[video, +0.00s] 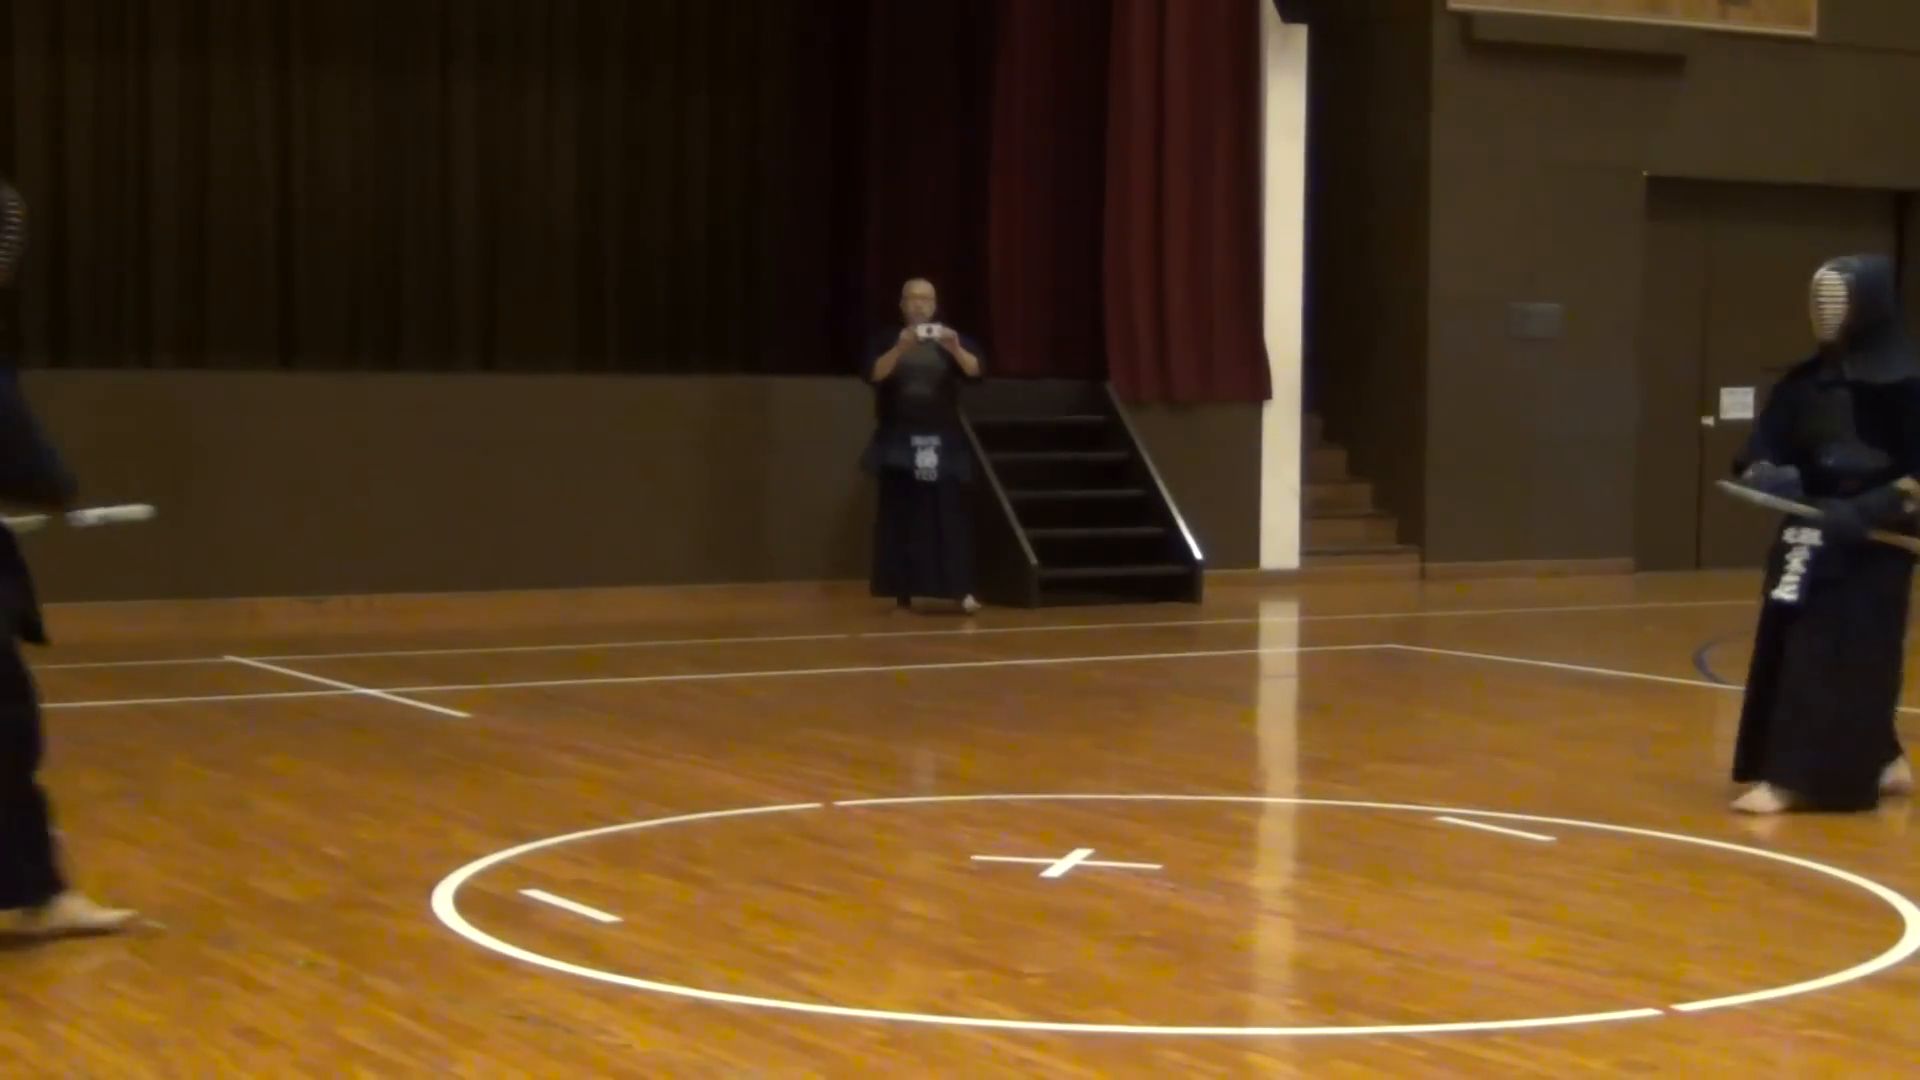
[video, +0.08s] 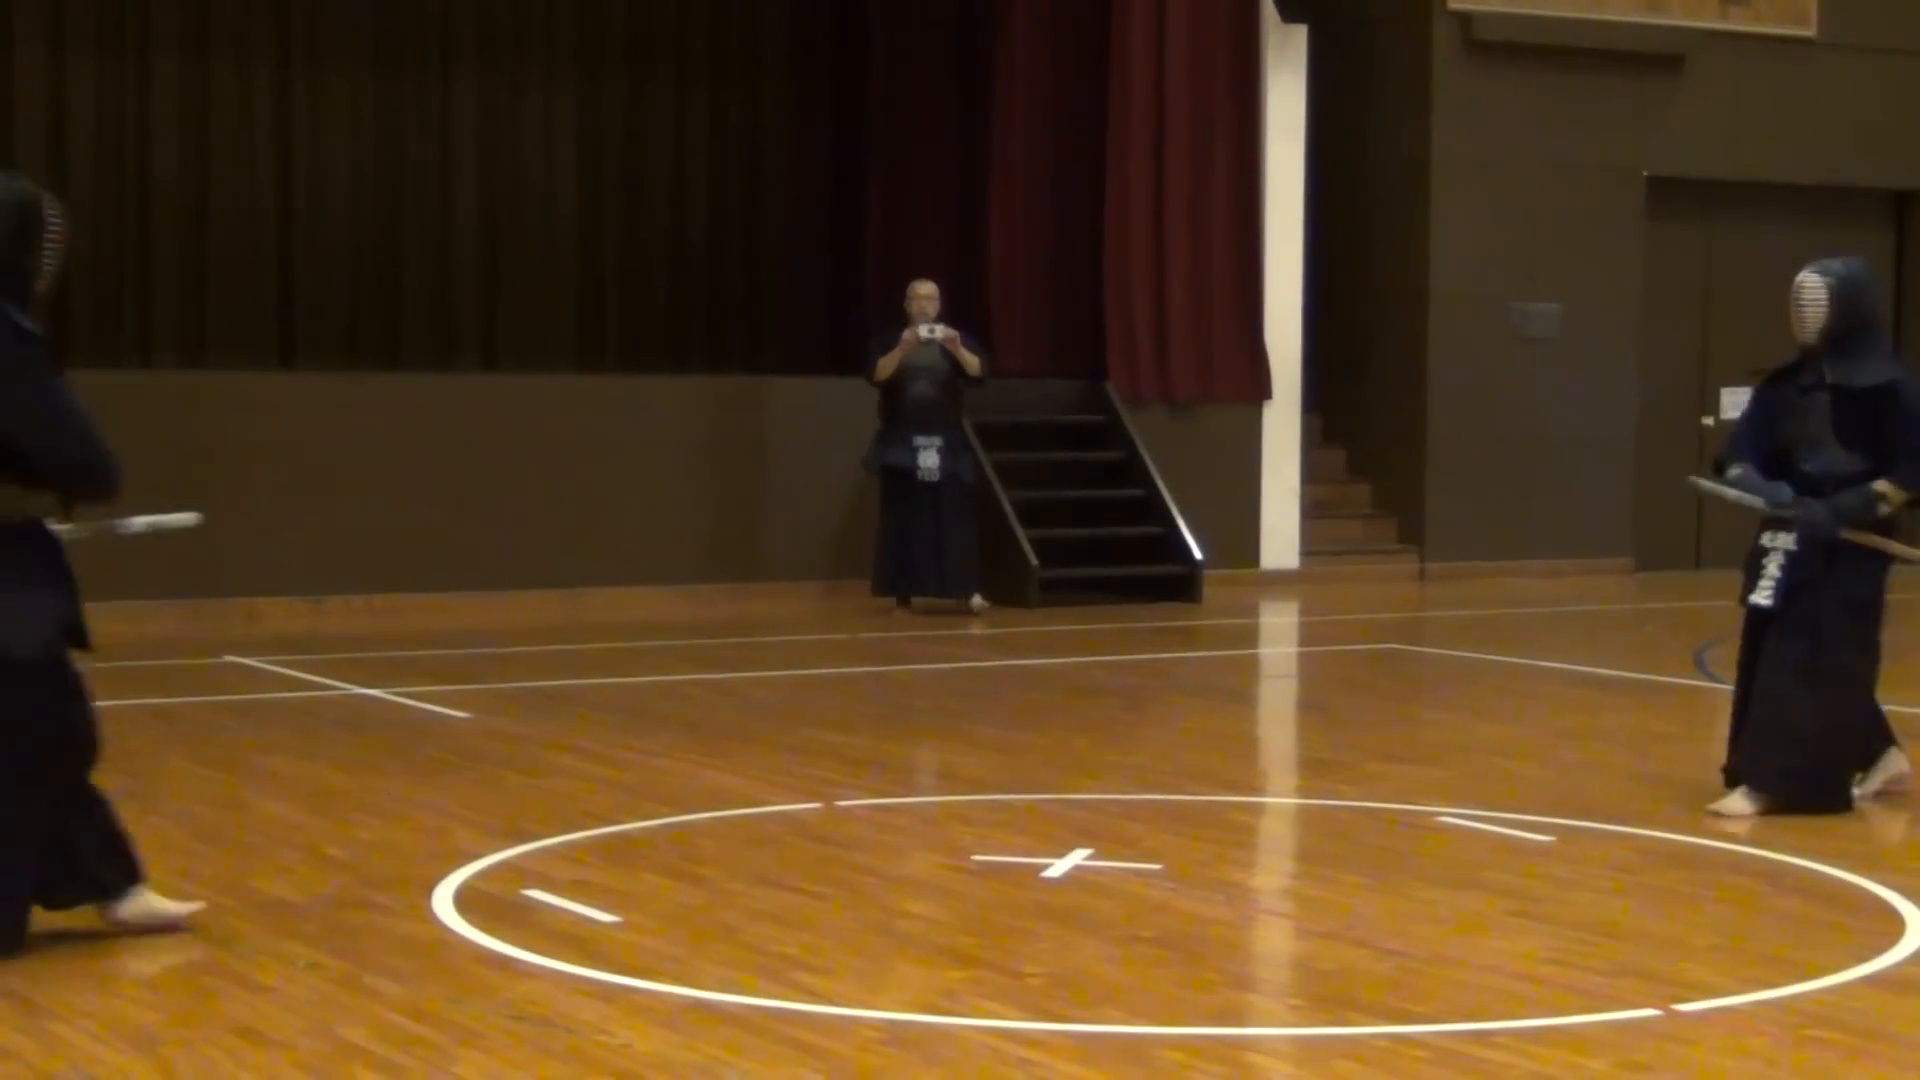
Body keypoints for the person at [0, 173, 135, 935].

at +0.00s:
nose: (15, 246)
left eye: (14, 228)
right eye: (11, 228)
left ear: (14, 236)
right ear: (3, 237)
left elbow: (10, 420)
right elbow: (9, 425)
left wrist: (48, 483)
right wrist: (52, 484)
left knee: (10, 721)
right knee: (8, 719)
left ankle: (31, 886)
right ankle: (28, 887)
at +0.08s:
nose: (55, 260)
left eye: (56, 243)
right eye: (46, 244)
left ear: (23, 249)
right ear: (20, 249)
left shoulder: (21, 336)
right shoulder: (13, 341)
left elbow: (71, 452)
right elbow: (76, 458)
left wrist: (72, 482)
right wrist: (82, 484)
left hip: (26, 586)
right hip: (19, 592)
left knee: (51, 737)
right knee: (44, 739)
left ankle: (109, 882)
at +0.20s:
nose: (120, 261)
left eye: (120, 245)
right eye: (111, 246)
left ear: (37, 246)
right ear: (77, 251)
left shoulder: (24, 326)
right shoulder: (67, 340)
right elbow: (160, 460)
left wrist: (133, 493)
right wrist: (141, 500)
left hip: (21, 560)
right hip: (57, 569)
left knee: (45, 727)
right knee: (108, 722)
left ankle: (46, 896)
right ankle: (126, 898)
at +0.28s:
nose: (161, 251)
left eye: (159, 235)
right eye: (150, 237)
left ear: (72, 242)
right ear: (115, 245)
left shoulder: (33, 324)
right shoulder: (118, 339)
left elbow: (45, 443)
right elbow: (195, 458)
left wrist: (163, 478)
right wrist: (180, 492)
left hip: (52, 550)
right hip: (114, 558)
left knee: (68, 717)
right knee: (145, 717)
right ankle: (32, 870)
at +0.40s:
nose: (215, 251)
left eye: (215, 236)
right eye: (206, 237)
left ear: (128, 239)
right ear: (171, 242)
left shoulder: (86, 322)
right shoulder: (175, 334)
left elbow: (84, 434)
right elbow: (248, 456)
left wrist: (154, 472)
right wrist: (239, 489)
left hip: (109, 545)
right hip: (176, 550)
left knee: (124, 703)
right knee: (242, 703)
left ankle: (129, 886)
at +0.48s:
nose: (254, 261)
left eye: (254, 245)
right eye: (245, 247)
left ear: (173, 247)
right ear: (210, 252)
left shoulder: (128, 327)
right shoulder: (213, 342)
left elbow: (109, 435)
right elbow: (291, 458)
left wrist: (186, 470)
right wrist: (289, 490)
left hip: (146, 553)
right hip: (218, 555)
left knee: (151, 709)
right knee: (303, 698)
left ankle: (143, 895)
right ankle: (295, 887)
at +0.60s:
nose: (315, 278)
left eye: (314, 262)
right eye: (306, 263)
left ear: (226, 266)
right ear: (274, 269)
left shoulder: (185, 350)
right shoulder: (282, 360)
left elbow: (166, 455)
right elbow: (356, 460)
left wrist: (255, 492)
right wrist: (368, 504)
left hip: (210, 567)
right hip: (284, 571)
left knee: (202, 725)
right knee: (375, 706)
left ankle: (143, 892)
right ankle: (437, 879)